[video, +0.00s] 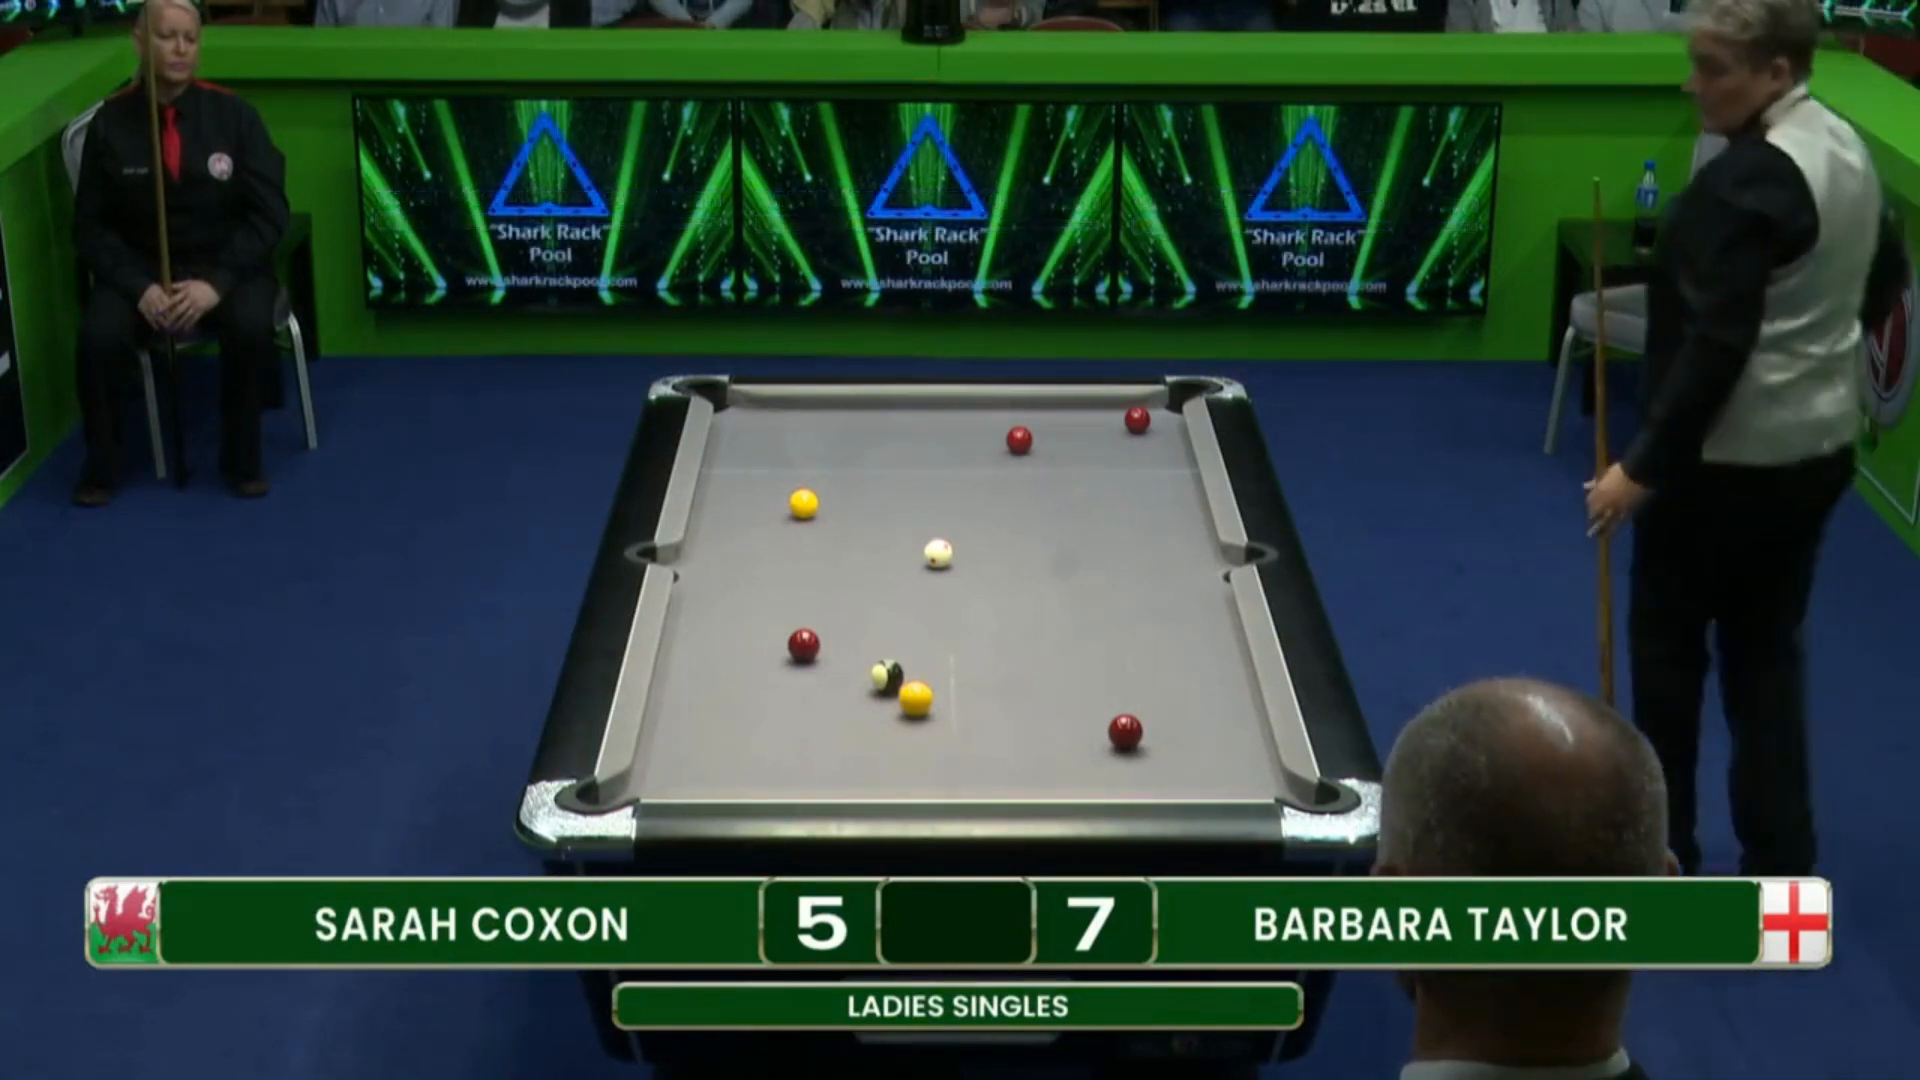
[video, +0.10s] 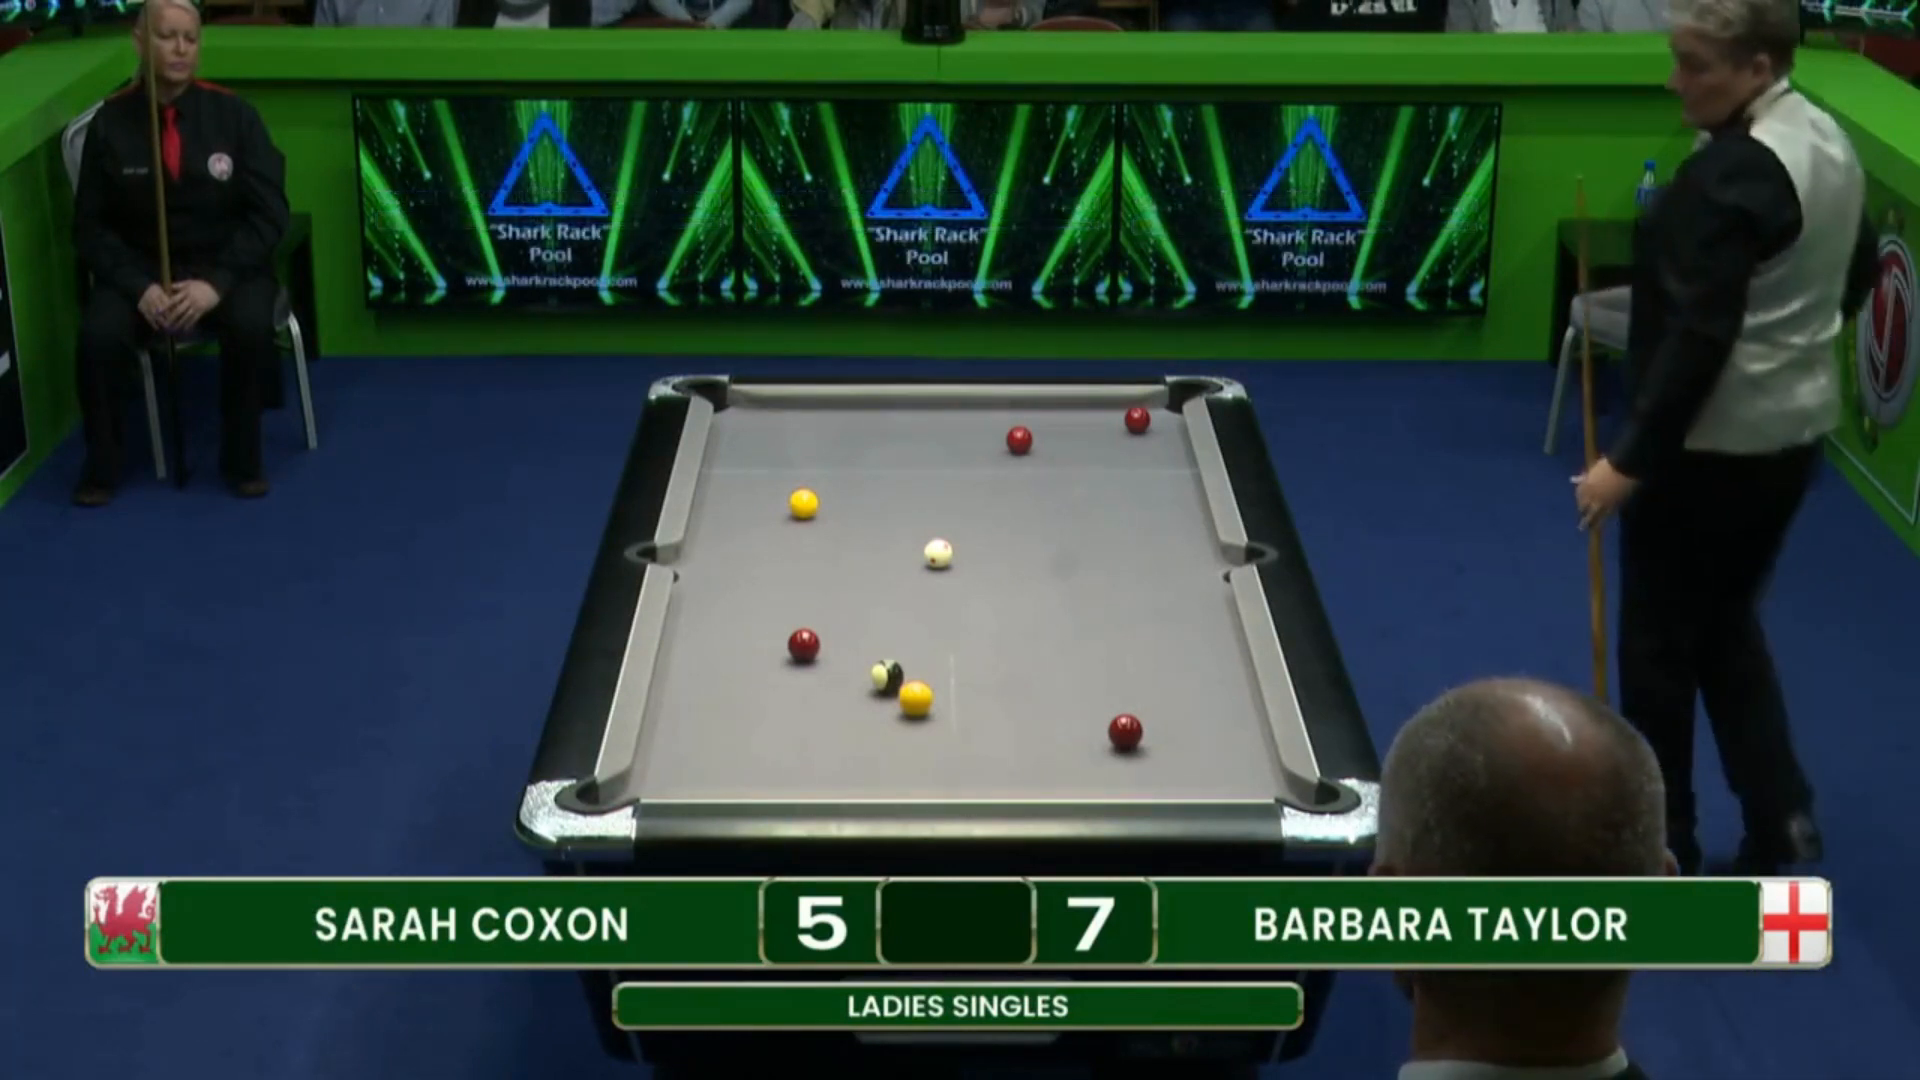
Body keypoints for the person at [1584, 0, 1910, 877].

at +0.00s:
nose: (1694, 84)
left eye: (1712, 68)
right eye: (1694, 65)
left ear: (1776, 73)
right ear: (1785, 75)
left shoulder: (1741, 180)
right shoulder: (1845, 146)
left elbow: (1715, 349)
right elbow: (1883, 283)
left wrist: (1637, 468)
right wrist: (1815, 346)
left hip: (1723, 464)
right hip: (1816, 453)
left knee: (1665, 655)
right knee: (1767, 658)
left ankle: (1666, 851)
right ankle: (1782, 865)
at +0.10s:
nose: (1677, 80)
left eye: (1695, 65)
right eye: (1677, 61)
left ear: (1759, 68)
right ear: (1769, 72)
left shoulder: (1724, 176)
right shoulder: (1828, 140)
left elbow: (1696, 341)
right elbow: (1855, 279)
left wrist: (1625, 461)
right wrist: (1785, 329)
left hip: (1709, 452)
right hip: (1789, 443)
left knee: (1655, 644)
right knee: (1724, 622)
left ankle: (1660, 840)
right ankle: (1781, 824)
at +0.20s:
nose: (1670, 77)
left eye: (1689, 63)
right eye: (1670, 58)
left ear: (1752, 65)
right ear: (1759, 66)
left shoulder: (1721, 173)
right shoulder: (1807, 128)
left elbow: (1692, 333)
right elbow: (1845, 267)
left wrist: (1619, 455)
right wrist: (1765, 322)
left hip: (1707, 444)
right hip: (1779, 434)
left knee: (1652, 628)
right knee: (1699, 595)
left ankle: (1661, 830)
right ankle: (1772, 796)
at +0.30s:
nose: (1664, 67)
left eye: (1682, 53)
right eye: (1662, 48)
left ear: (1744, 55)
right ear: (1746, 55)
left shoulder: (1722, 163)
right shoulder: (1789, 116)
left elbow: (1695, 321)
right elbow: (1819, 264)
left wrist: (1618, 434)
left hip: (1711, 431)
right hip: (1769, 417)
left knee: (1653, 615)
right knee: (1693, 590)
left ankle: (1668, 829)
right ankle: (1727, 779)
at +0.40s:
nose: (1662, 63)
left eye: (1680, 48)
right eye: (1660, 45)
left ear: (1741, 51)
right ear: (1739, 51)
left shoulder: (1735, 153)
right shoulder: (1775, 111)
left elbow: (1707, 313)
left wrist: (1622, 421)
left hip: (1714, 422)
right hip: (1757, 407)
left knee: (1657, 610)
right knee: (1695, 591)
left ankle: (1666, 822)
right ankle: (1711, 765)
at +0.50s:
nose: (1659, 60)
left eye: (1677, 43)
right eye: (1656, 41)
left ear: (1737, 46)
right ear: (1719, 44)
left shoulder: (1754, 142)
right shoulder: (1732, 118)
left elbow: (1735, 302)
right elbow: (1699, 273)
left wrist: (1649, 406)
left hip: (1731, 410)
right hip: (1722, 396)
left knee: (1654, 601)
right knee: (1699, 586)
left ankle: (1666, 814)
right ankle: (1714, 765)